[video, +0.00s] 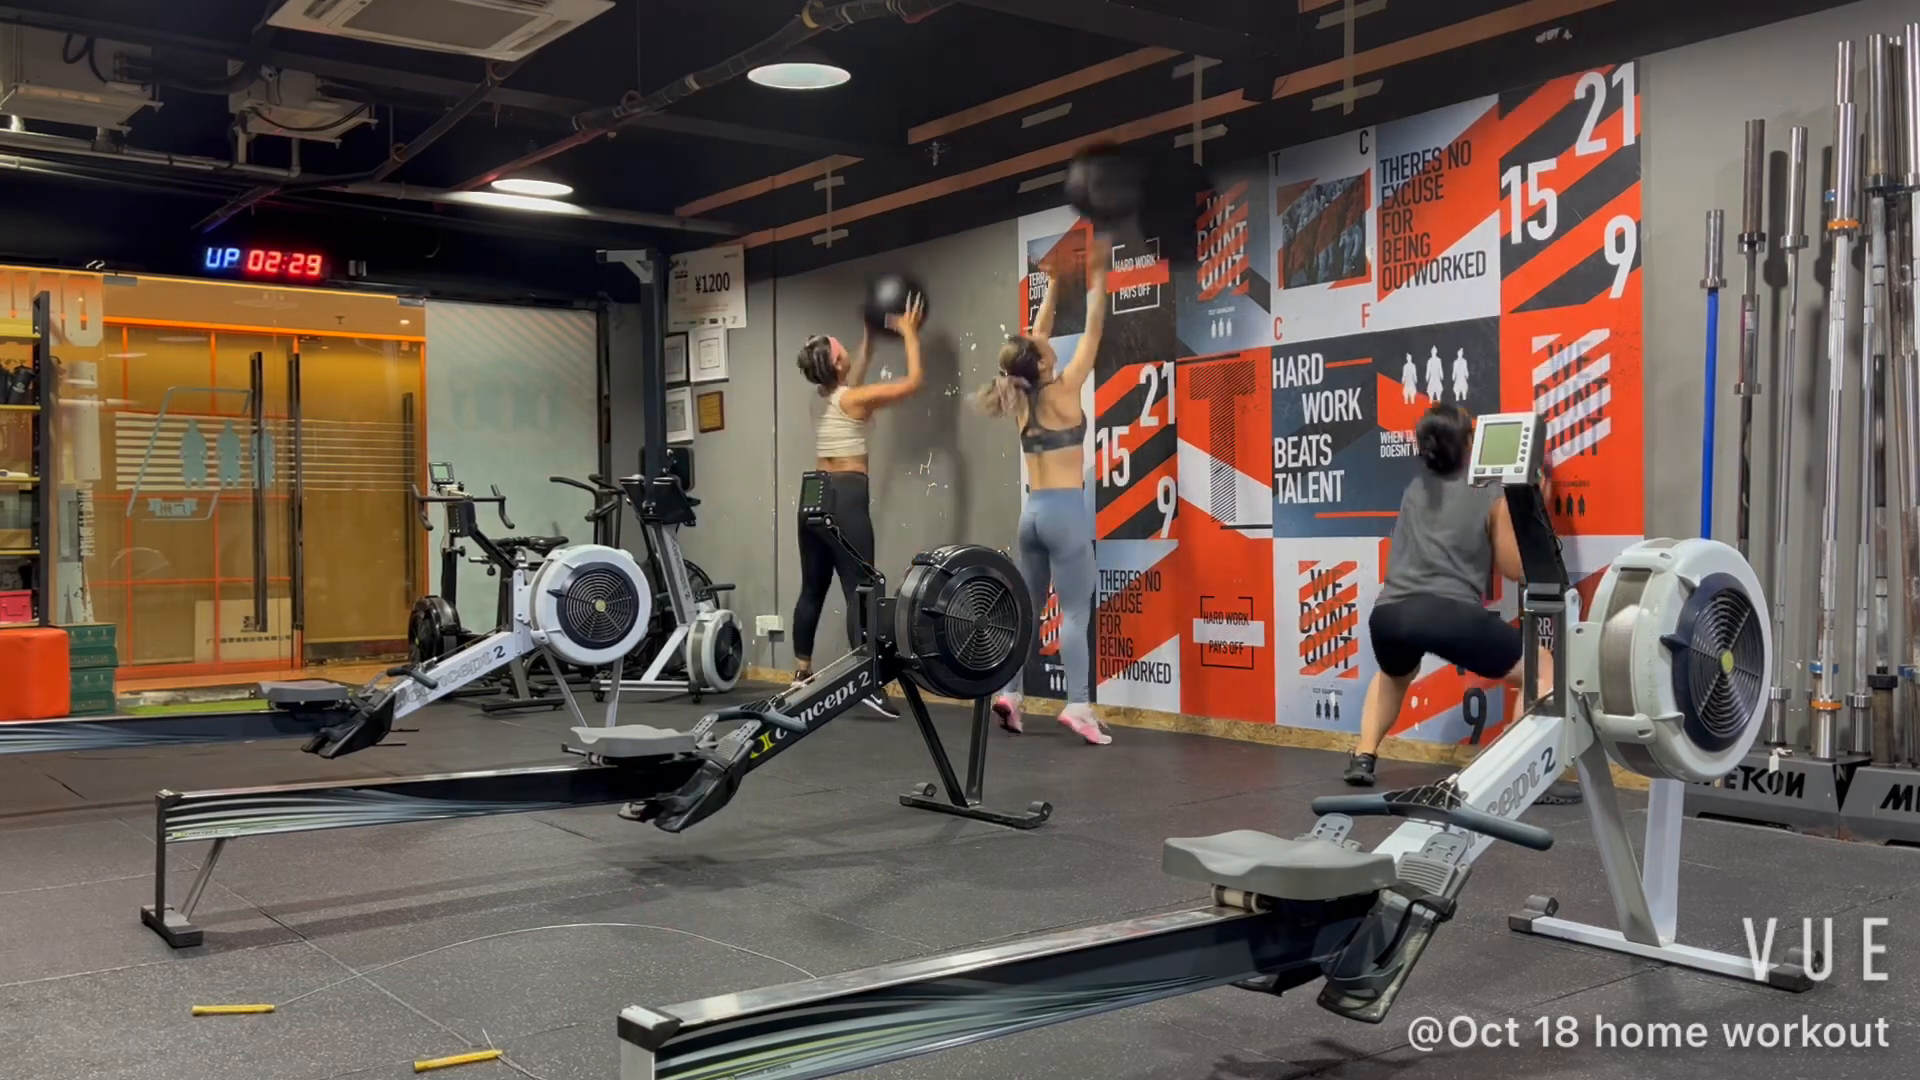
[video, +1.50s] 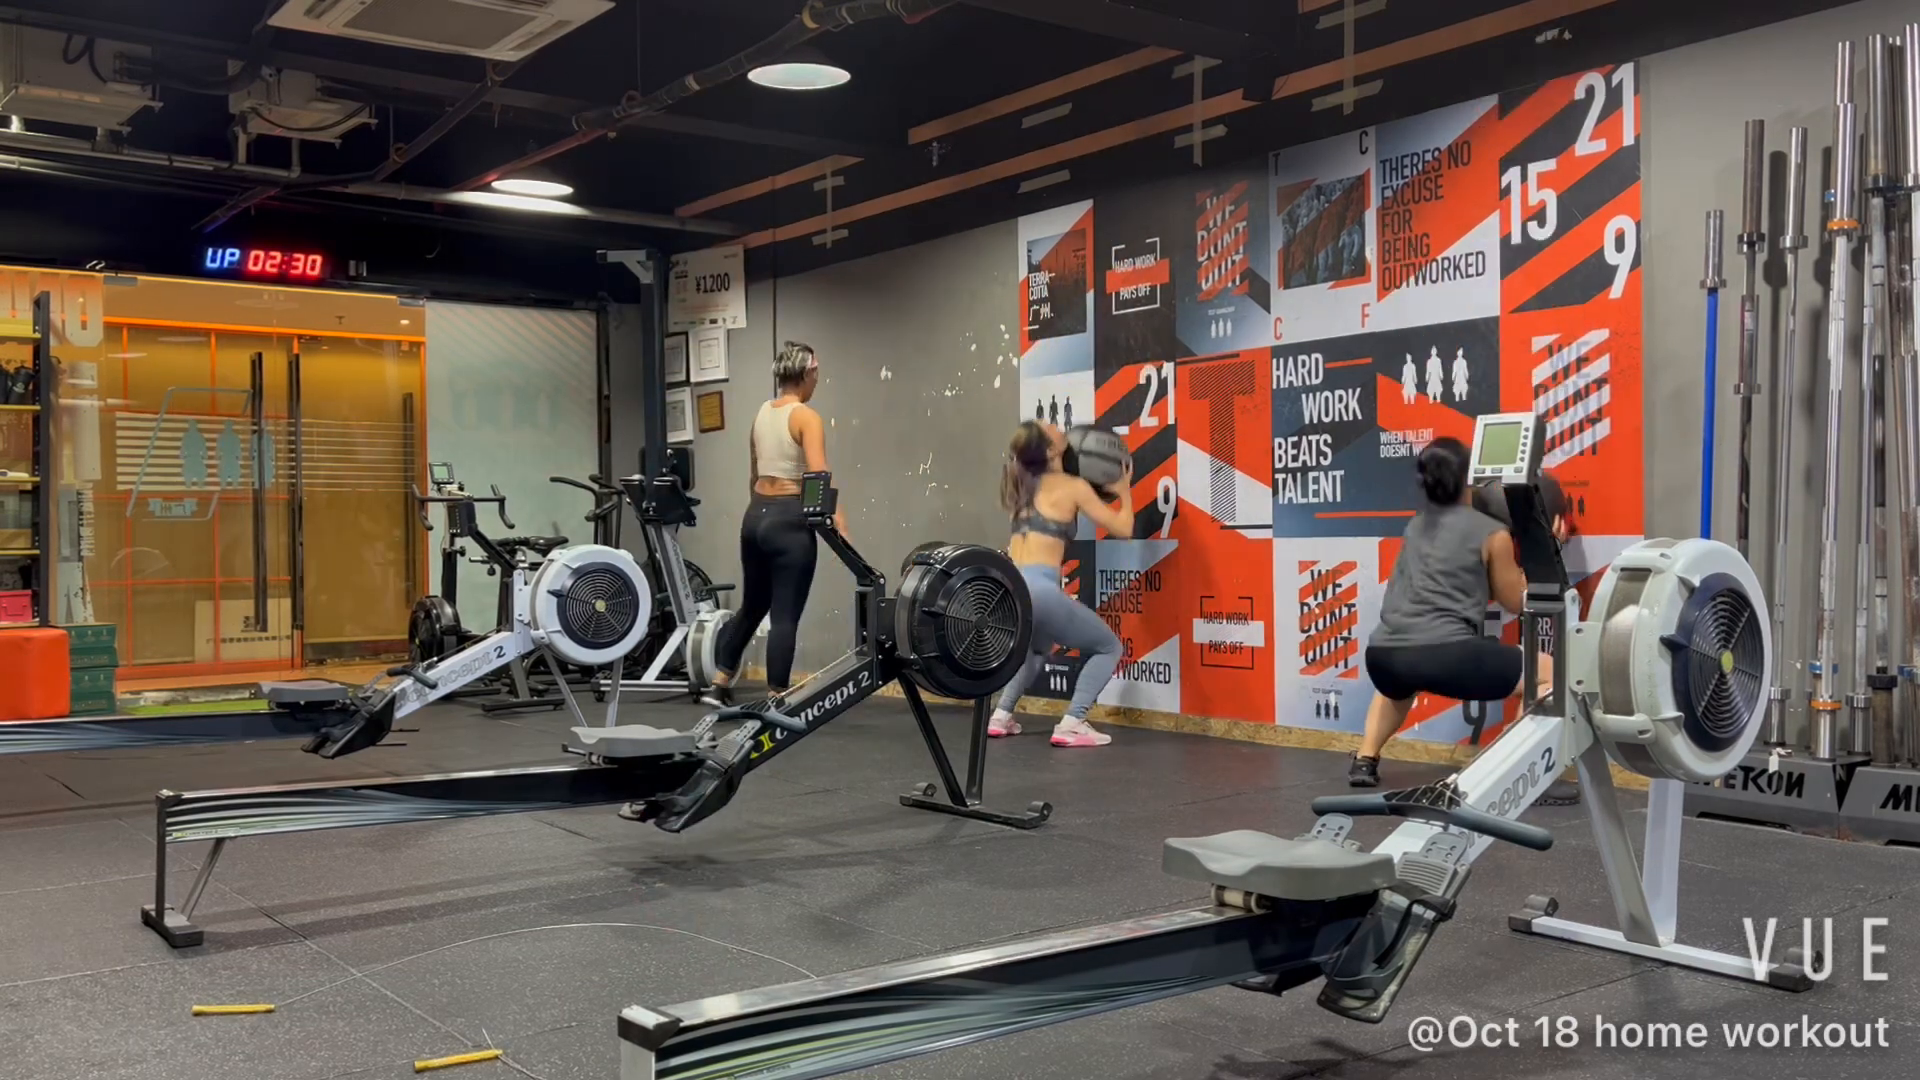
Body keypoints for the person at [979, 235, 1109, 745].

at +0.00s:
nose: (1050, 346)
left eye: (1044, 344)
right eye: (1045, 345)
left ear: (1022, 367)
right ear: (1042, 362)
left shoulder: (1020, 395)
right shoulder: (1067, 387)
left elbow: (1037, 336)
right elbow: (1095, 328)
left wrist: (1051, 289)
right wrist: (1099, 273)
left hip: (1032, 509)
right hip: (1067, 509)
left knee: (1025, 607)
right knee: (1075, 611)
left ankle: (1007, 691)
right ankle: (1078, 704)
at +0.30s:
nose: (1043, 368)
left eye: (1040, 364)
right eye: (1040, 368)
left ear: (1013, 386)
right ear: (1038, 380)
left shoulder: (1012, 418)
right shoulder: (1057, 412)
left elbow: (1025, 379)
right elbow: (1109, 381)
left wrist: (1040, 341)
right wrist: (1123, 325)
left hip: (1033, 525)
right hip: (1067, 523)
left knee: (1022, 624)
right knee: (1068, 629)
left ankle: (1000, 714)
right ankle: (1068, 722)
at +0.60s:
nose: (1044, 367)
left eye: (1038, 364)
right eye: (1039, 367)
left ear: (1014, 387)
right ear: (1034, 381)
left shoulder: (1012, 421)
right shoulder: (1054, 414)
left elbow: (1053, 419)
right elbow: (1121, 404)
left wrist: (1077, 387)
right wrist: (1149, 362)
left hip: (1026, 528)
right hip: (1057, 528)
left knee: (1020, 622)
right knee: (1072, 627)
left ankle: (999, 714)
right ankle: (1069, 723)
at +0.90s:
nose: (1059, 423)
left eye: (1055, 419)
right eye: (1053, 422)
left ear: (1025, 441)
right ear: (1047, 438)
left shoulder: (1018, 474)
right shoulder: (1069, 476)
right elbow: (1120, 517)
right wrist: (1125, 480)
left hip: (1006, 582)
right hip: (1041, 586)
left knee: (1023, 643)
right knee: (1112, 644)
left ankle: (999, 713)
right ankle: (1073, 723)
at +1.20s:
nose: (1056, 489)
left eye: (1050, 489)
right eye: (1051, 493)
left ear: (1027, 519)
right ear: (1050, 517)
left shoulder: (1016, 551)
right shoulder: (1071, 554)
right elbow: (1115, 601)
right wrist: (1121, 565)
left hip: (1002, 658)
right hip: (1038, 664)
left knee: (1032, 640)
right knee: (1119, 656)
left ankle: (1000, 715)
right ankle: (1072, 724)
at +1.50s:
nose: (1057, 425)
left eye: (1050, 423)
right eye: (1051, 428)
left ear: (1030, 456)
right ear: (1050, 451)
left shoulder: (1025, 484)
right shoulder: (1073, 485)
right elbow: (1124, 527)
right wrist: (1125, 492)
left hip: (1007, 583)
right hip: (1040, 588)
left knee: (1038, 647)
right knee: (1109, 647)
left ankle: (1001, 715)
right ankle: (1072, 723)